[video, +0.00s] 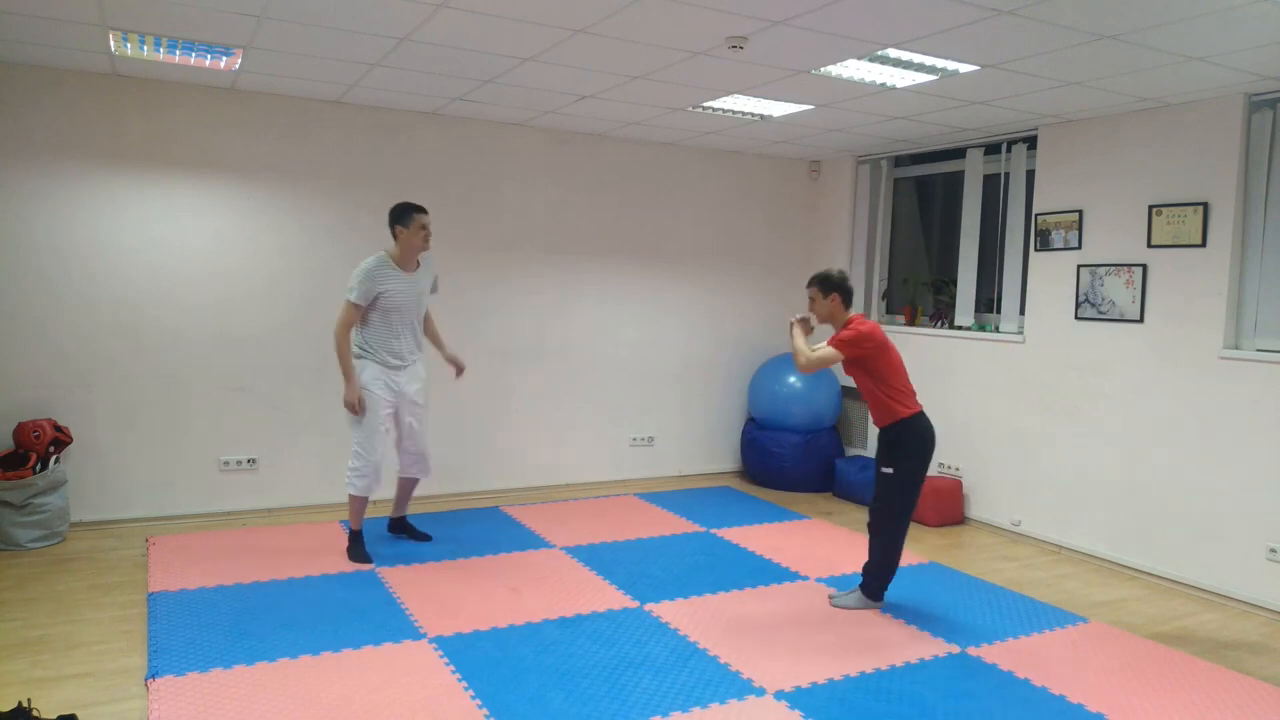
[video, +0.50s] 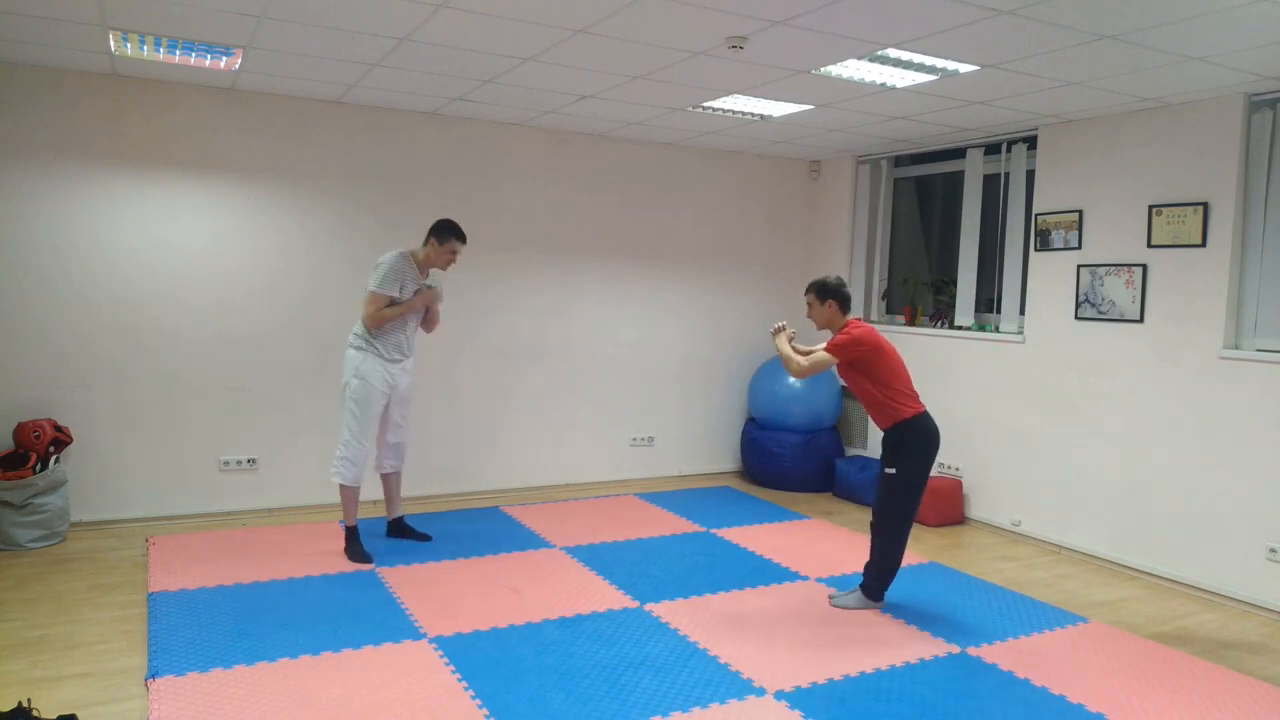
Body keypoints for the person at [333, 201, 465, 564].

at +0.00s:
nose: (429, 236)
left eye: (429, 229)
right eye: (422, 229)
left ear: (422, 234)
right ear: (399, 232)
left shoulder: (425, 269)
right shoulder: (372, 271)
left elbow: (421, 313)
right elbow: (342, 329)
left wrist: (446, 353)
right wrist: (350, 382)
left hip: (411, 372)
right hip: (372, 372)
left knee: (415, 450)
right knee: (369, 454)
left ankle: (398, 519)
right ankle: (355, 535)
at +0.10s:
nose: (440, 242)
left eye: (440, 236)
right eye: (434, 236)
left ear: (424, 241)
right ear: (412, 239)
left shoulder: (432, 282)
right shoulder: (382, 273)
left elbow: (425, 330)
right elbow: (340, 322)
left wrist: (430, 375)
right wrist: (350, 376)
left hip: (407, 374)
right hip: (372, 371)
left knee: (411, 450)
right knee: (371, 453)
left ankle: (397, 522)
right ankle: (355, 536)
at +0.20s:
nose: (451, 249)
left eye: (452, 243)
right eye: (446, 242)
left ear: (440, 245)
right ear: (424, 239)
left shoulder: (434, 285)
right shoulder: (390, 267)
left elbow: (421, 336)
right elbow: (350, 316)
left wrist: (422, 382)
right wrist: (361, 366)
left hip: (405, 374)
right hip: (371, 370)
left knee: (407, 448)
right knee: (368, 452)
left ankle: (396, 522)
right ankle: (355, 535)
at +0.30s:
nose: (456, 255)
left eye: (459, 249)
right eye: (454, 246)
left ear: (447, 246)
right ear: (434, 238)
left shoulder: (434, 282)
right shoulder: (393, 263)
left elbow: (419, 322)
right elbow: (356, 310)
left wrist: (426, 353)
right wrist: (388, 351)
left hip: (402, 366)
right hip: (367, 362)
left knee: (400, 442)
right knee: (364, 446)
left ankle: (396, 521)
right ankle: (352, 534)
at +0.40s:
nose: (456, 261)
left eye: (459, 255)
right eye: (454, 253)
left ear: (445, 249)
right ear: (435, 242)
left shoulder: (435, 282)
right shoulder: (394, 263)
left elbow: (414, 323)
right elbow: (361, 311)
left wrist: (430, 324)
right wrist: (413, 322)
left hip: (402, 365)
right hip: (368, 361)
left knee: (396, 443)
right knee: (358, 445)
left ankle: (396, 521)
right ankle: (352, 534)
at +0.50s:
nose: (453, 261)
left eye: (457, 255)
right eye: (452, 254)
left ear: (442, 250)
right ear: (433, 243)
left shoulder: (427, 278)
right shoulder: (393, 264)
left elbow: (428, 328)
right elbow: (371, 319)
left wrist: (433, 304)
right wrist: (415, 303)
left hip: (400, 367)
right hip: (368, 361)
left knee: (394, 442)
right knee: (356, 444)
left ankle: (395, 521)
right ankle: (351, 534)